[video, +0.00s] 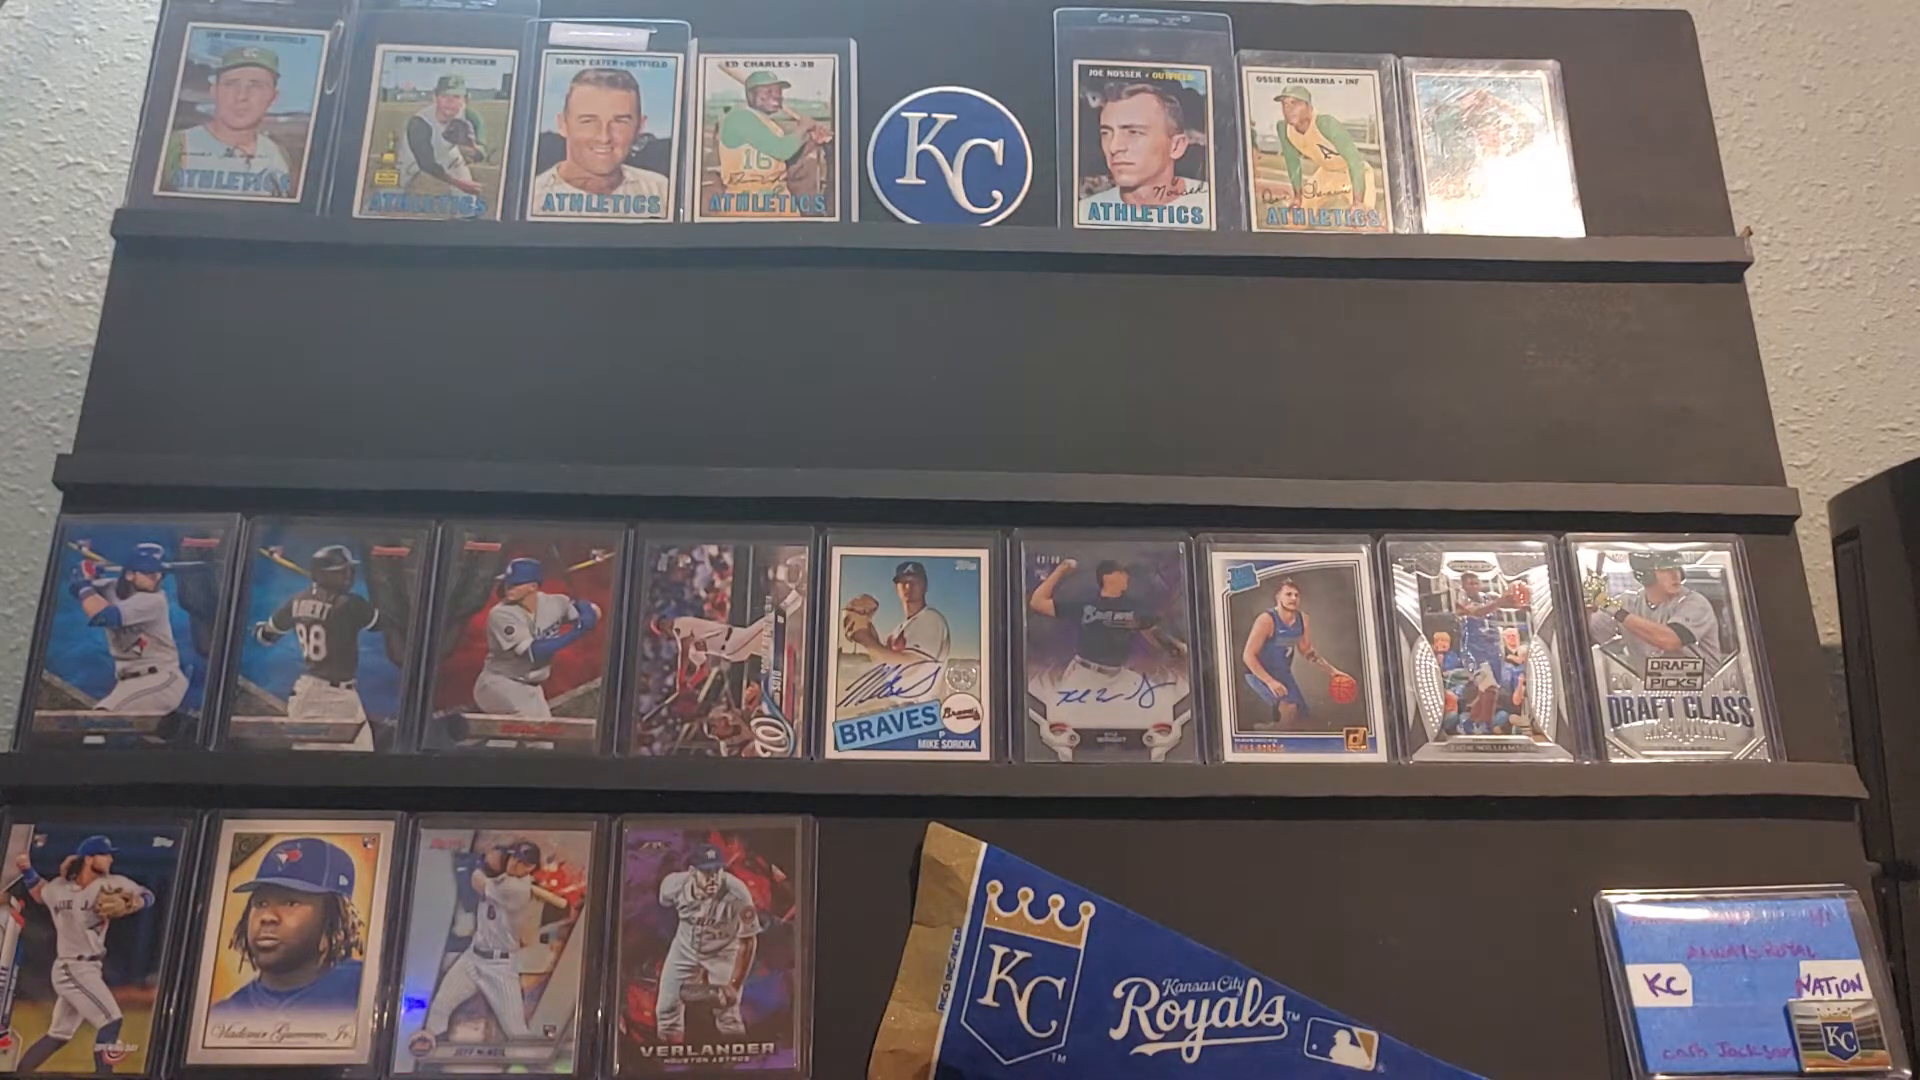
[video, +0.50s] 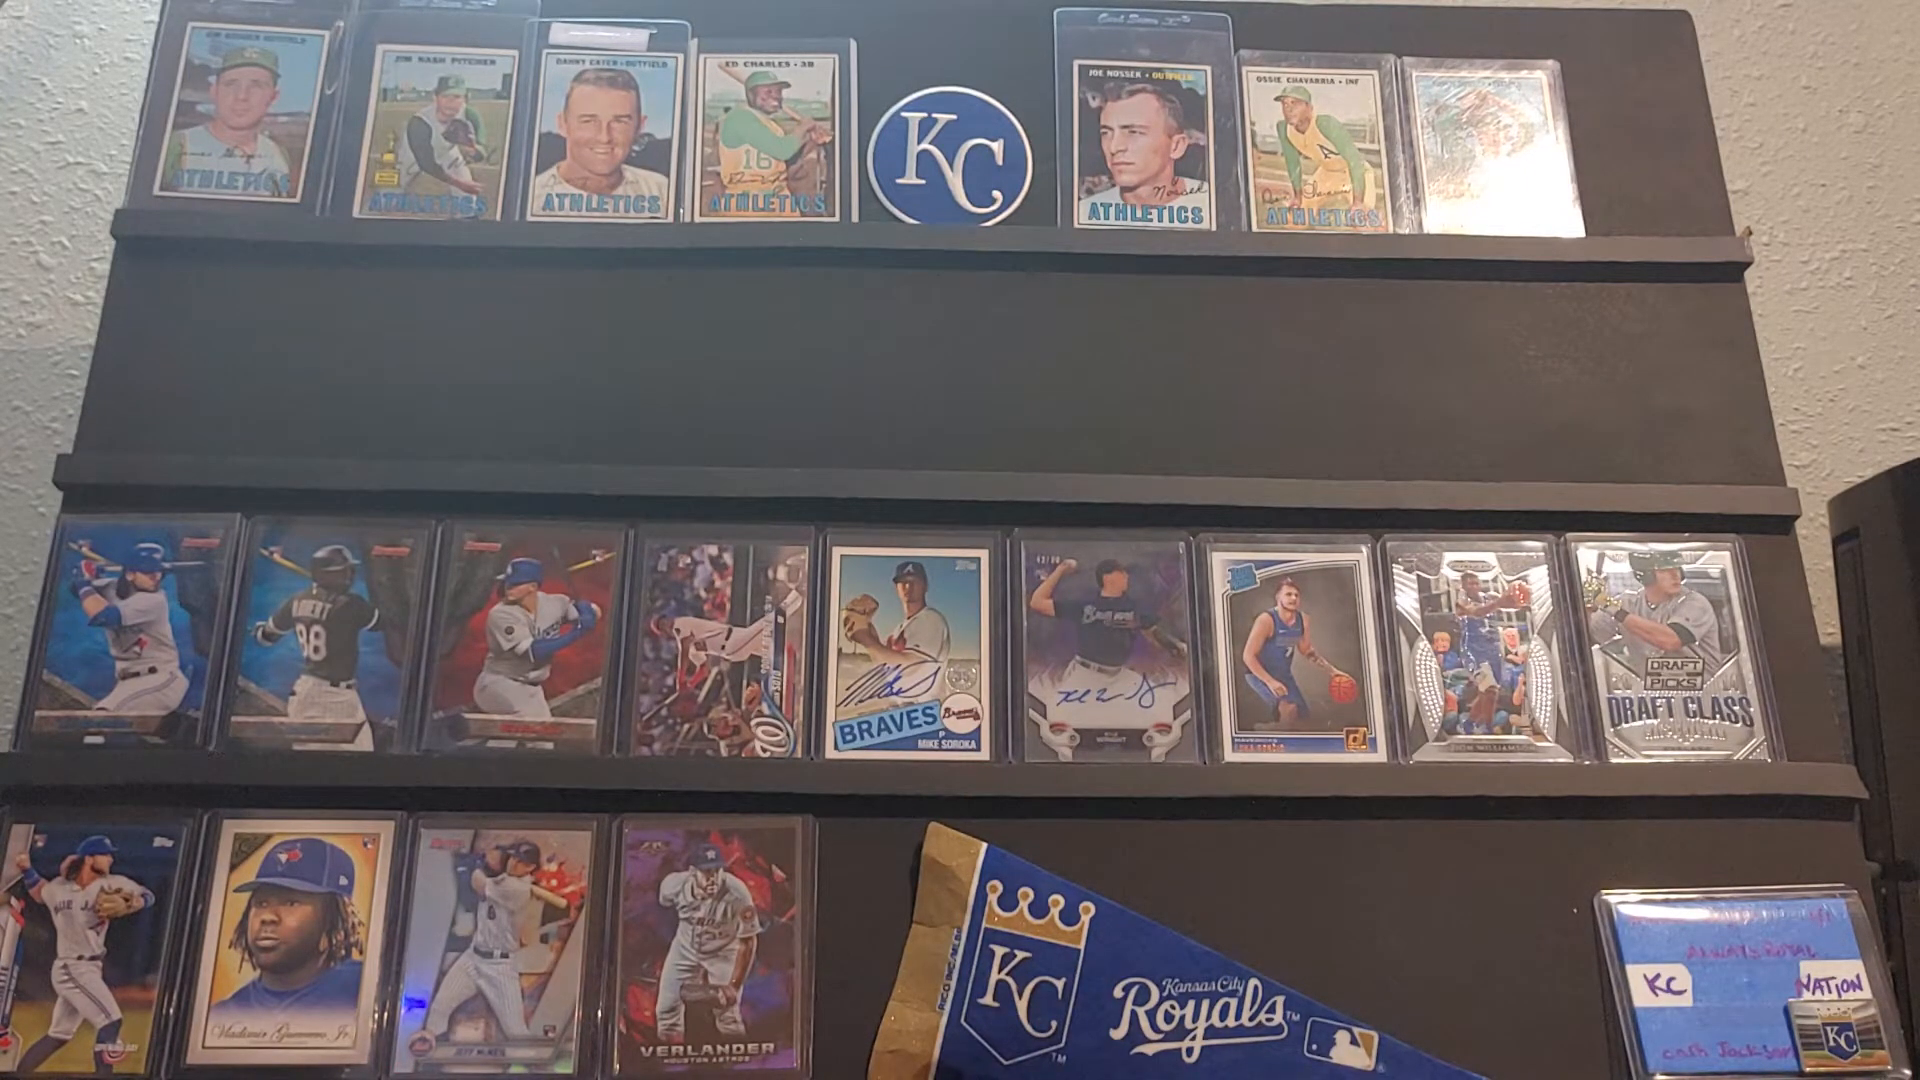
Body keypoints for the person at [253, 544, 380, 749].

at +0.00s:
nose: (350, 576)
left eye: (350, 571)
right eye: (346, 571)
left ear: (319, 575)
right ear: (333, 575)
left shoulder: (298, 601)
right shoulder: (350, 604)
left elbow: (267, 637)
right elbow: (386, 622)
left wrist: (260, 630)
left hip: (306, 692)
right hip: (341, 697)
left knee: (306, 765)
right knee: (360, 766)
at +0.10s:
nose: (350, 576)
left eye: (350, 571)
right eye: (346, 571)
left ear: (319, 575)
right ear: (333, 575)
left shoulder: (298, 601)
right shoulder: (350, 604)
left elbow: (267, 637)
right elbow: (386, 622)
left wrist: (259, 630)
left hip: (306, 692)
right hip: (341, 697)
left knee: (306, 765)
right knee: (360, 766)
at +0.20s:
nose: (351, 577)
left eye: (350, 572)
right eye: (348, 572)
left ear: (319, 574)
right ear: (337, 575)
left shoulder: (298, 601)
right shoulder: (351, 605)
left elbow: (266, 637)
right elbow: (387, 623)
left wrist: (260, 630)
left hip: (305, 693)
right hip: (341, 698)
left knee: (306, 764)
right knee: (360, 767)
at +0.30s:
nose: (351, 577)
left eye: (350, 572)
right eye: (348, 572)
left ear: (319, 575)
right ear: (337, 575)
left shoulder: (298, 601)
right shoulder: (351, 605)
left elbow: (266, 637)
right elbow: (387, 622)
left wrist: (260, 630)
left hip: (305, 693)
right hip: (341, 698)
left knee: (306, 765)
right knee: (360, 766)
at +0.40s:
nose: (352, 576)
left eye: (351, 571)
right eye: (348, 571)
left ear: (319, 574)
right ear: (338, 575)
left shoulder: (298, 601)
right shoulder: (352, 605)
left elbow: (267, 637)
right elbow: (386, 622)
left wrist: (259, 630)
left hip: (305, 693)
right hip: (341, 698)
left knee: (307, 765)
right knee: (360, 766)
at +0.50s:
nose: (352, 576)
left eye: (351, 571)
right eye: (349, 571)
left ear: (319, 574)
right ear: (338, 575)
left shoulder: (298, 601)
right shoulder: (351, 605)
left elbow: (267, 637)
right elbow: (386, 622)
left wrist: (259, 630)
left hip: (305, 693)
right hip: (341, 697)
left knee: (307, 764)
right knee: (359, 766)